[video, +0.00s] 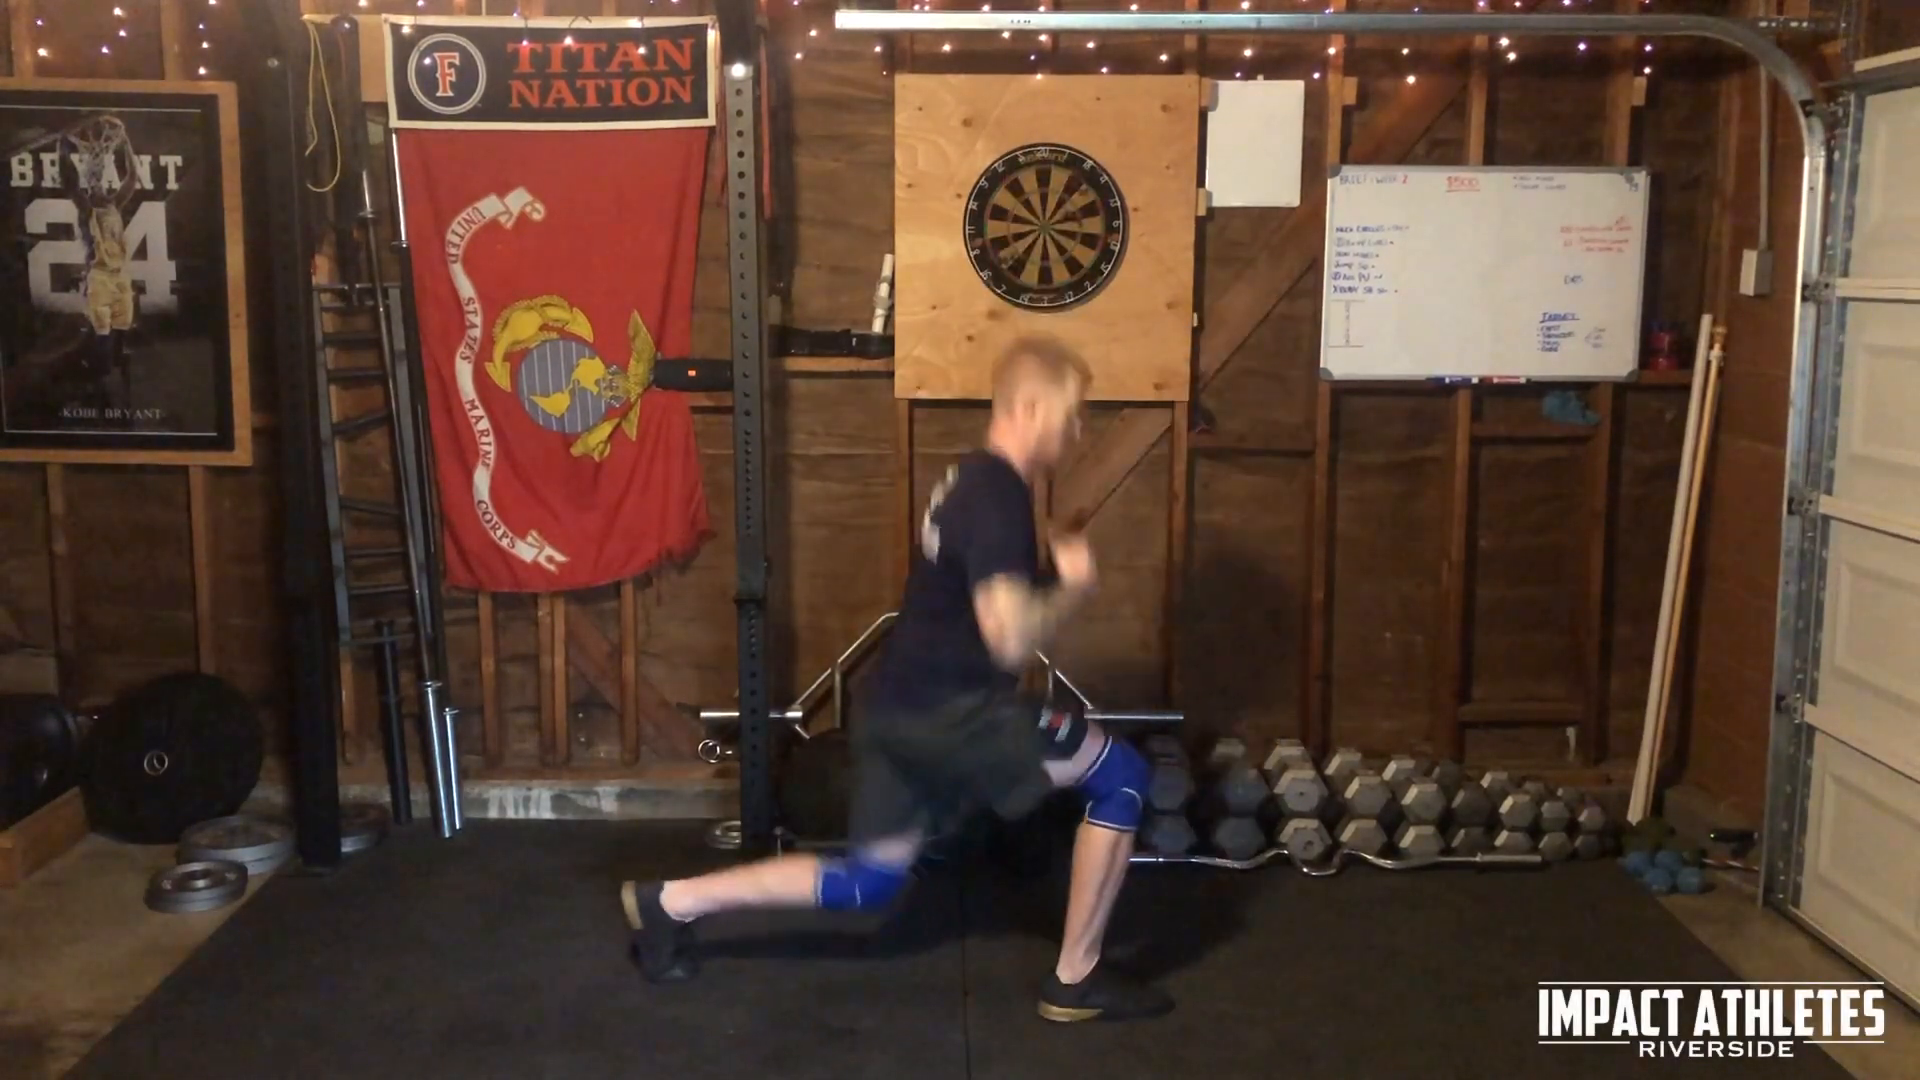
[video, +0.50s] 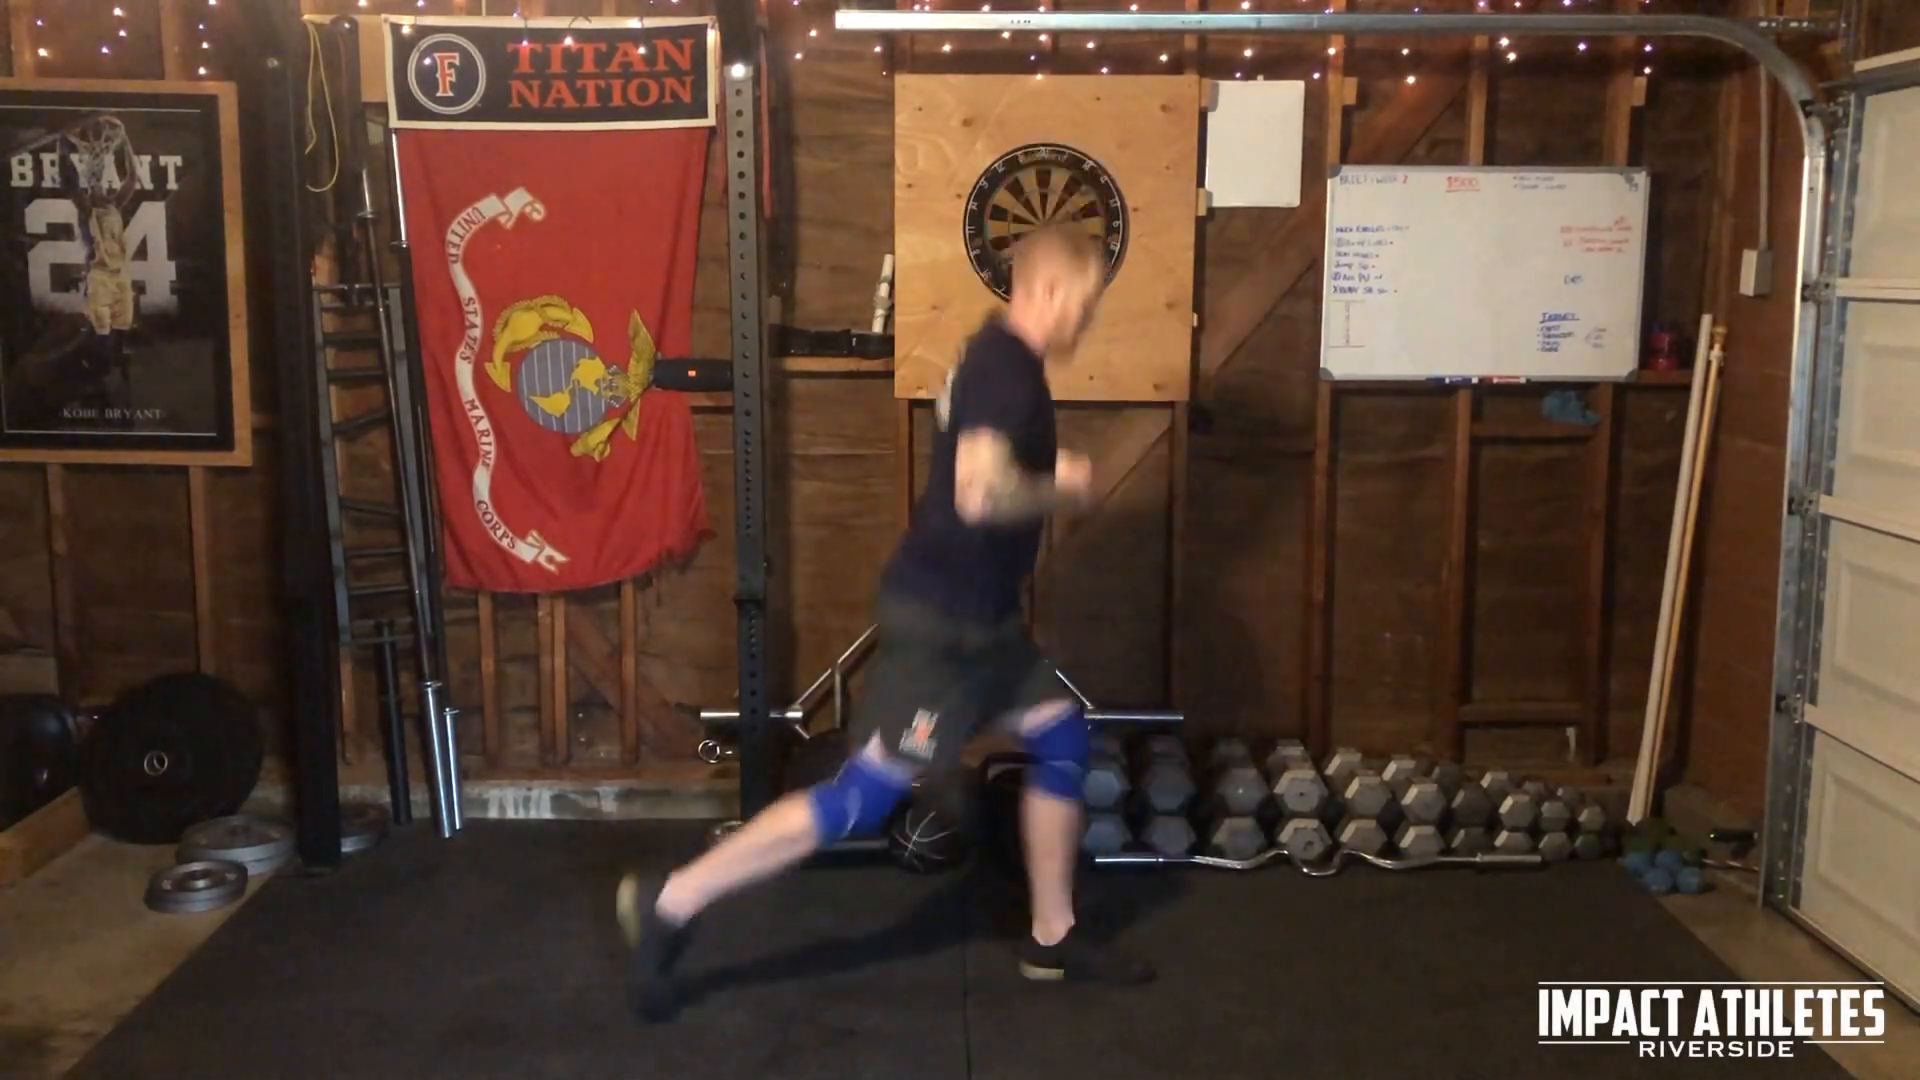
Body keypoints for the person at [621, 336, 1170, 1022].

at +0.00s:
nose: (1077, 428)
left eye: (1078, 411)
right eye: (1072, 410)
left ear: (1015, 406)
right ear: (1032, 410)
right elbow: (1010, 636)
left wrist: (1047, 569)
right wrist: (1072, 590)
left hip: (903, 709)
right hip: (950, 712)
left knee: (867, 880)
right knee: (1120, 778)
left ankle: (667, 902)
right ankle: (1078, 975)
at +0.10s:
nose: (1075, 333)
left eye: (1079, 316)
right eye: (1071, 314)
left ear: (1018, 309)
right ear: (1033, 307)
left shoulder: (992, 383)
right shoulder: (994, 389)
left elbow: (1002, 507)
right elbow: (993, 522)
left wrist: (1052, 495)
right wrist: (1061, 487)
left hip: (911, 619)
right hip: (950, 626)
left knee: (871, 784)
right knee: (1083, 758)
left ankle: (700, 883)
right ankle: (1077, 970)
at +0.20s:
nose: (1087, 258)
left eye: (1091, 241)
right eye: (1086, 238)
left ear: (1020, 225)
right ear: (1044, 227)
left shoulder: (992, 304)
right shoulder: (1000, 309)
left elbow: (974, 412)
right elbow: (981, 432)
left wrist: (1041, 394)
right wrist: (1055, 415)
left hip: (917, 537)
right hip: (949, 545)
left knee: (922, 720)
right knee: (1023, 725)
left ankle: (770, 853)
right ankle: (999, 938)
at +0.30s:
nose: (1093, 233)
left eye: (1099, 217)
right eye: (1093, 212)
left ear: (1035, 193)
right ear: (1048, 193)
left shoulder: (994, 266)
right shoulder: (1001, 271)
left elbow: (979, 389)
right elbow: (984, 402)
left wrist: (1047, 381)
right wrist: (1066, 392)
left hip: (948, 515)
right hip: (944, 520)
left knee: (966, 698)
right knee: (978, 707)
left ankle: (873, 874)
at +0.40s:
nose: (1092, 254)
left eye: (1099, 238)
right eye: (1093, 234)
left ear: (1039, 214)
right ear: (1051, 214)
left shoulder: (1001, 286)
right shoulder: (999, 293)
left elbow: (946, 363)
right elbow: (986, 423)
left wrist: (1032, 407)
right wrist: (1066, 417)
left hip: (971, 544)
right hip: (939, 544)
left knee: (1012, 706)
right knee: (923, 737)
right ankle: (740, 868)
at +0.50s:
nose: (1088, 317)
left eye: (1092, 300)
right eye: (1085, 299)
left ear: (1039, 286)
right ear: (1046, 288)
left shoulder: (1013, 362)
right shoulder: (1000, 362)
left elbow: (998, 476)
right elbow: (979, 492)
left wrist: (1049, 478)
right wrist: (1060, 484)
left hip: (984, 623)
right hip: (937, 622)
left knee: (1062, 737)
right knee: (863, 796)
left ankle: (1054, 937)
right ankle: (669, 899)